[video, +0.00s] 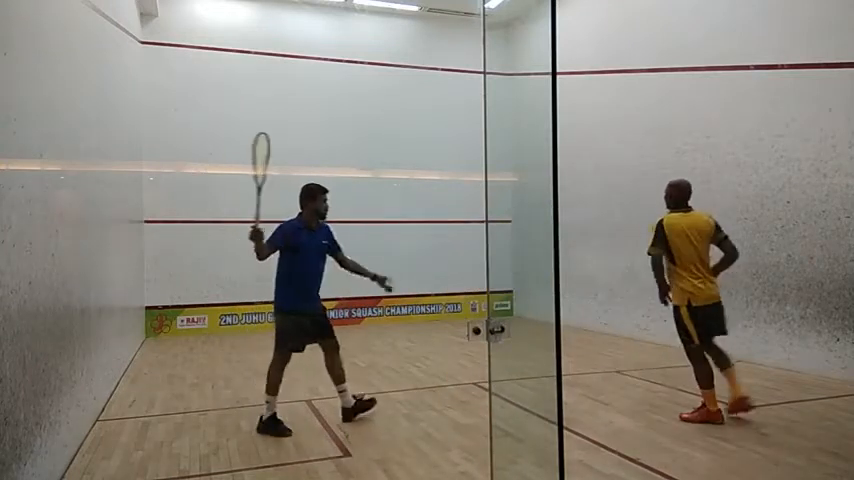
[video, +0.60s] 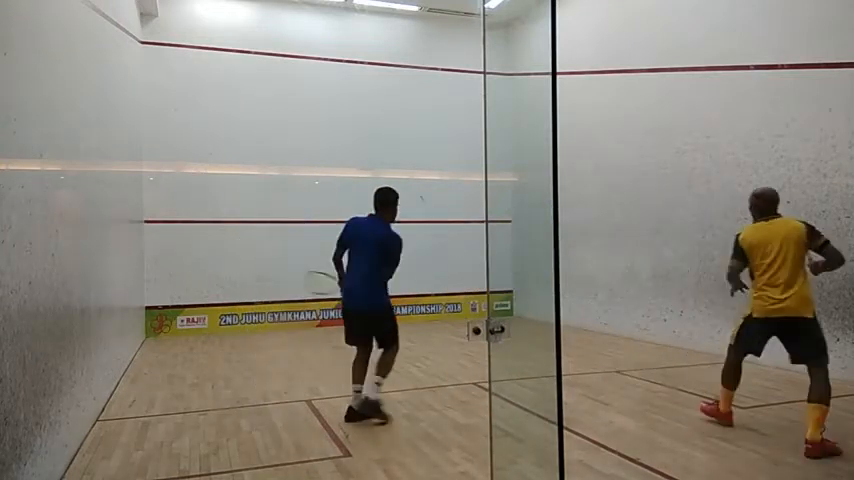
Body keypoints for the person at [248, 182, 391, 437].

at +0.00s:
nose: (327, 206)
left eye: (327, 201)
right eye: (323, 201)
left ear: (316, 204)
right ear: (307, 203)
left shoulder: (324, 232)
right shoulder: (288, 230)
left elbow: (344, 262)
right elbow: (263, 254)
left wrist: (374, 276)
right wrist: (258, 241)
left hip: (312, 304)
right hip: (288, 306)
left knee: (331, 348)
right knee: (281, 358)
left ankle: (348, 405)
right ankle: (268, 416)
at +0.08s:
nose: (340, 208)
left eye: (340, 204)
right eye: (337, 204)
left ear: (328, 206)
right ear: (324, 205)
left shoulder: (333, 232)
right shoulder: (301, 231)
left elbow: (350, 261)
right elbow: (280, 257)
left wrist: (382, 265)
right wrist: (283, 240)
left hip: (322, 307)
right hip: (300, 308)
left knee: (340, 348)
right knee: (291, 358)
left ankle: (352, 406)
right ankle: (269, 415)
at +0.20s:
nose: (353, 209)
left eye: (353, 205)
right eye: (350, 205)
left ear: (340, 207)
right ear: (337, 207)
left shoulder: (342, 232)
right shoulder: (317, 233)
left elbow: (350, 256)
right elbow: (310, 262)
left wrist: (381, 259)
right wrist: (316, 241)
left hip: (332, 304)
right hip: (316, 306)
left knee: (350, 347)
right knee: (306, 358)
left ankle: (355, 406)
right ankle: (275, 411)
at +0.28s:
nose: (365, 211)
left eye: (365, 206)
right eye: (362, 206)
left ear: (348, 207)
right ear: (351, 207)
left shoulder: (348, 232)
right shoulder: (335, 235)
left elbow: (351, 256)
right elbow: (343, 262)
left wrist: (369, 262)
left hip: (344, 304)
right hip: (330, 305)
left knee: (355, 348)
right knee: (333, 354)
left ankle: (355, 406)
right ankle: (288, 402)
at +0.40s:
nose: (377, 211)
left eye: (377, 207)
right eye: (375, 207)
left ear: (357, 207)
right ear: (364, 208)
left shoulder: (344, 228)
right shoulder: (354, 235)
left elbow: (342, 269)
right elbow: (379, 271)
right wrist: (404, 273)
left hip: (341, 302)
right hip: (347, 304)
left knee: (359, 351)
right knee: (354, 353)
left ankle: (356, 405)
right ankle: (310, 395)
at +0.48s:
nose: (388, 213)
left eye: (388, 208)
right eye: (386, 208)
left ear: (365, 207)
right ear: (377, 208)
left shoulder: (345, 227)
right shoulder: (377, 242)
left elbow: (334, 257)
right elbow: (386, 275)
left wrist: (358, 264)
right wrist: (407, 285)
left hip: (342, 303)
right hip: (363, 305)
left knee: (361, 350)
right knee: (375, 351)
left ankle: (355, 405)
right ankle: (340, 395)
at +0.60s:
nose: (397, 211)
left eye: (396, 206)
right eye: (395, 206)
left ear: (375, 205)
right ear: (390, 207)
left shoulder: (354, 225)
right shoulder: (393, 239)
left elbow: (337, 256)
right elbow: (388, 274)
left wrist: (341, 277)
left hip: (352, 302)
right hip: (377, 303)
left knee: (363, 349)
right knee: (391, 346)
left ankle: (357, 402)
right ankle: (372, 395)